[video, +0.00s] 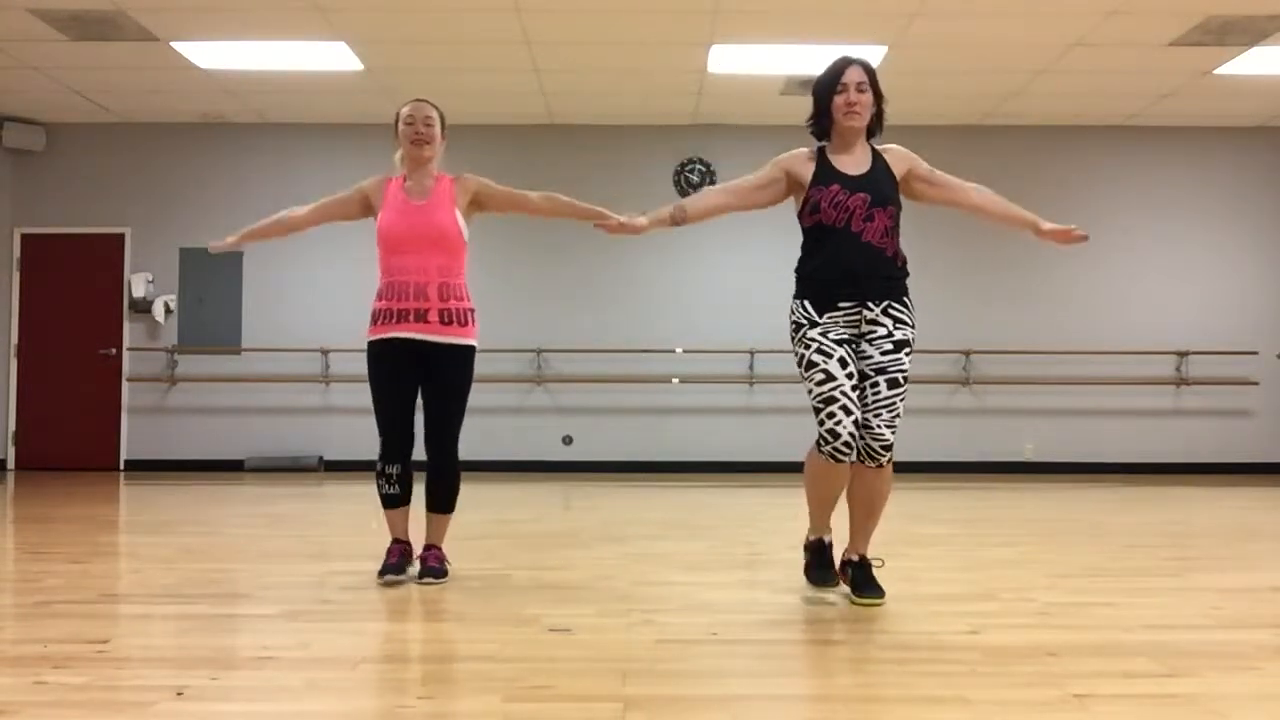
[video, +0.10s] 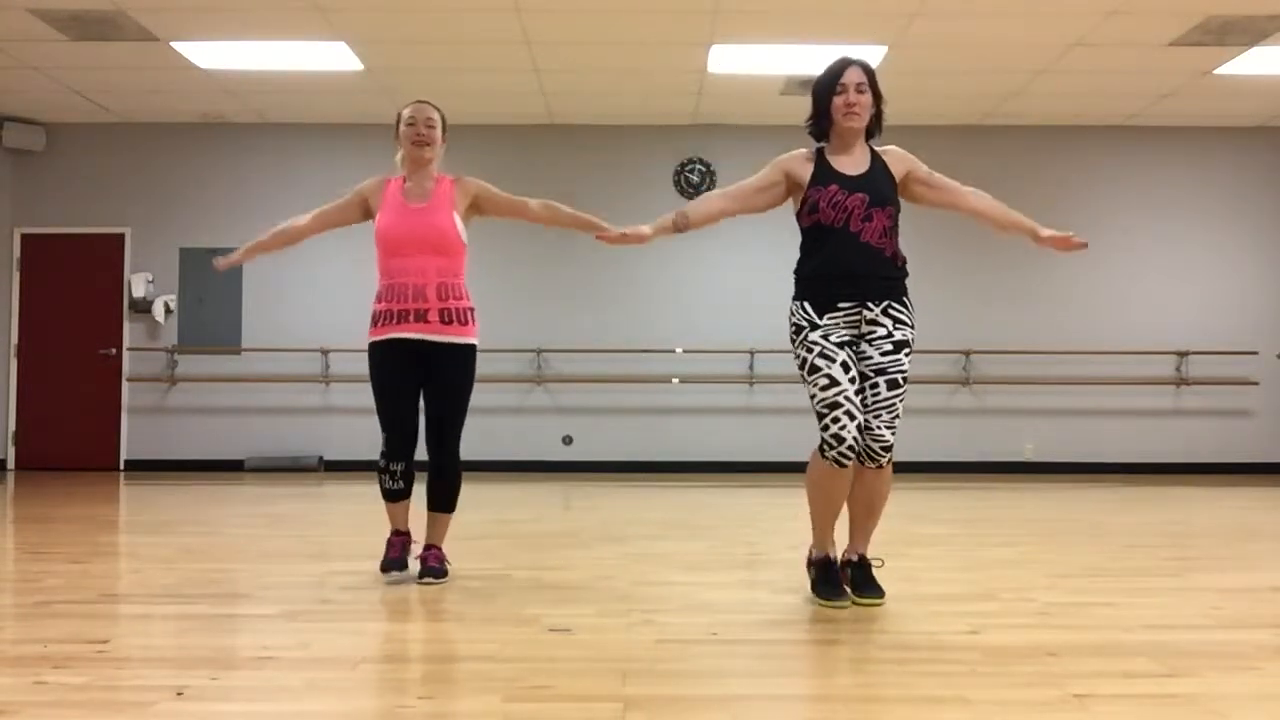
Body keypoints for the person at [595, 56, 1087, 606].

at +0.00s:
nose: (854, 98)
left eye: (863, 89)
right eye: (844, 89)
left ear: (876, 102)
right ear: (825, 103)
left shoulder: (897, 162)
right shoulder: (800, 165)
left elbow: (968, 194)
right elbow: (723, 197)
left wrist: (1037, 224)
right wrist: (649, 220)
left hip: (888, 311)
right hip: (821, 312)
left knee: (879, 438)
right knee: (840, 430)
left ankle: (857, 557)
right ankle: (818, 540)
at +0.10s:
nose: (853, 98)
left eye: (862, 90)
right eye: (842, 90)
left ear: (875, 102)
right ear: (823, 103)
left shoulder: (895, 164)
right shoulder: (799, 166)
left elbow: (968, 198)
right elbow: (724, 201)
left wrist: (1036, 230)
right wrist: (653, 228)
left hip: (888, 312)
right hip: (821, 314)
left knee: (879, 440)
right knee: (842, 434)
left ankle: (858, 557)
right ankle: (822, 554)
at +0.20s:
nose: (851, 100)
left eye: (861, 92)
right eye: (841, 91)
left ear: (874, 104)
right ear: (823, 104)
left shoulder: (894, 165)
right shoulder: (796, 167)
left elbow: (962, 202)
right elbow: (723, 206)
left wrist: (1032, 236)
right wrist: (654, 234)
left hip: (884, 315)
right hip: (818, 316)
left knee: (877, 441)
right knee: (836, 439)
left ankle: (858, 556)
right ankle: (825, 559)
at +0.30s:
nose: (850, 94)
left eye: (859, 86)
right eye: (840, 86)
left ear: (872, 100)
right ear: (822, 100)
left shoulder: (893, 162)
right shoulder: (796, 164)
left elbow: (958, 204)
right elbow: (725, 207)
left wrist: (1027, 243)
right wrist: (657, 239)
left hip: (880, 312)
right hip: (814, 314)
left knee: (878, 441)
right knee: (831, 439)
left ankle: (860, 553)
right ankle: (823, 561)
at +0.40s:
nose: (851, 91)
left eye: (860, 83)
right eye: (840, 84)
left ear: (872, 99)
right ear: (822, 100)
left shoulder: (893, 161)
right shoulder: (795, 163)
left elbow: (955, 208)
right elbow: (729, 207)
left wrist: (1022, 249)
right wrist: (665, 242)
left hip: (880, 311)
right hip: (812, 313)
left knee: (886, 436)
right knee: (829, 437)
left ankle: (862, 543)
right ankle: (824, 560)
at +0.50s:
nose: (852, 91)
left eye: (861, 83)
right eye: (841, 83)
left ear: (873, 99)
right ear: (823, 98)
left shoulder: (894, 161)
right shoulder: (796, 163)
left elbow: (954, 213)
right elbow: (732, 209)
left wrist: (1018, 258)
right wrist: (672, 246)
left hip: (881, 309)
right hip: (813, 311)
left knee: (885, 433)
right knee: (829, 435)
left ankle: (866, 543)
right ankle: (824, 560)